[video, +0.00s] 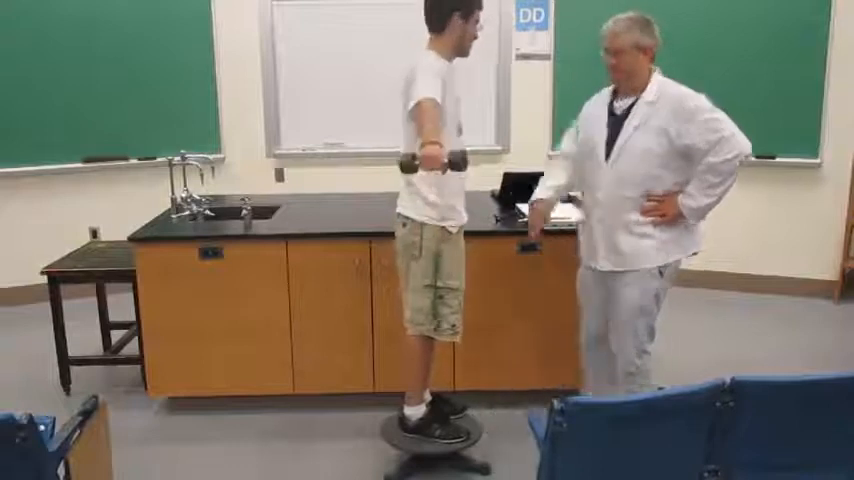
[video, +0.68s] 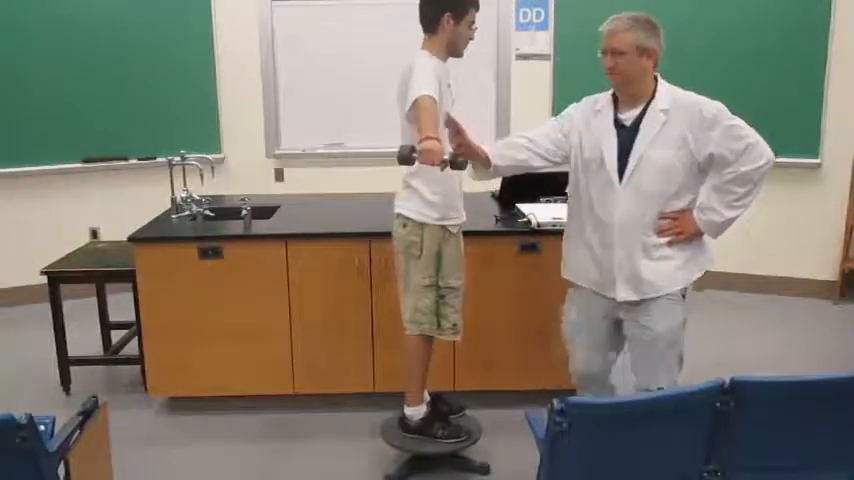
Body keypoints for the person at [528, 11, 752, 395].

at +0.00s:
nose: (609, 61)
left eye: (617, 53)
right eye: (606, 53)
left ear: (647, 53)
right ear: (605, 55)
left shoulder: (680, 104)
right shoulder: (595, 106)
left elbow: (732, 149)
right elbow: (566, 159)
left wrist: (687, 204)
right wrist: (542, 201)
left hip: (646, 250)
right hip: (596, 248)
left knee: (628, 348)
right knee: (594, 343)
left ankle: (635, 435)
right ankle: (599, 428)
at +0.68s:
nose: (606, 63)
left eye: (616, 55)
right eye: (604, 54)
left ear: (649, 58)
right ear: (601, 57)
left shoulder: (696, 115)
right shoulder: (584, 115)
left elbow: (753, 158)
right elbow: (535, 146)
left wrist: (703, 217)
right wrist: (482, 156)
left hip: (657, 281)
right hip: (590, 276)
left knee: (654, 390)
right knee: (586, 375)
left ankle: (652, 479)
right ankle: (602, 467)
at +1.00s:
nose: (539, 72)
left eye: (549, 62)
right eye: (538, 62)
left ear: (585, 65)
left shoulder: (633, 124)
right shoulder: (528, 127)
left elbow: (695, 177)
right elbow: (492, 170)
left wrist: (646, 241)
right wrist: (437, 161)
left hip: (605, 301)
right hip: (537, 298)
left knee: (618, 412)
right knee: (534, 407)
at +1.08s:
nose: (539, 72)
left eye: (549, 62)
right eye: (538, 62)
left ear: (585, 65)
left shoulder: (633, 124)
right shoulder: (528, 127)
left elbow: (695, 177)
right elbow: (492, 170)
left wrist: (646, 241)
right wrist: (437, 161)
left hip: (605, 301)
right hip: (537, 299)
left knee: (618, 412)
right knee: (534, 407)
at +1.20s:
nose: (492, 73)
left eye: (500, 61)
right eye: (491, 62)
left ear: (538, 60)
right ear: (528, 62)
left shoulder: (584, 119)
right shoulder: (497, 121)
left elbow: (640, 178)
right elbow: (469, 179)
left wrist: (591, 245)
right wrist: (415, 164)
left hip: (554, 306)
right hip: (502, 302)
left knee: (538, 425)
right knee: (514, 420)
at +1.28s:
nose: (492, 73)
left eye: (500, 61)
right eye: (491, 62)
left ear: (538, 60)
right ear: (528, 62)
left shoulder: (584, 119)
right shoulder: (497, 121)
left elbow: (640, 178)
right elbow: (469, 179)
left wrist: (591, 245)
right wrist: (415, 164)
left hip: (550, 305)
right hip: (501, 300)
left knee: (535, 423)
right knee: (512, 417)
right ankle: (525, 476)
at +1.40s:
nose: (436, 76)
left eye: (442, 64)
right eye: (436, 65)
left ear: (479, 63)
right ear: (475, 64)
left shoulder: (525, 121)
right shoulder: (463, 126)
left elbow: (577, 190)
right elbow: (442, 190)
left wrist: (537, 256)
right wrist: (384, 167)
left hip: (507, 303)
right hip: (470, 300)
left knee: (448, 410)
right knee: (501, 409)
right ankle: (529, 475)